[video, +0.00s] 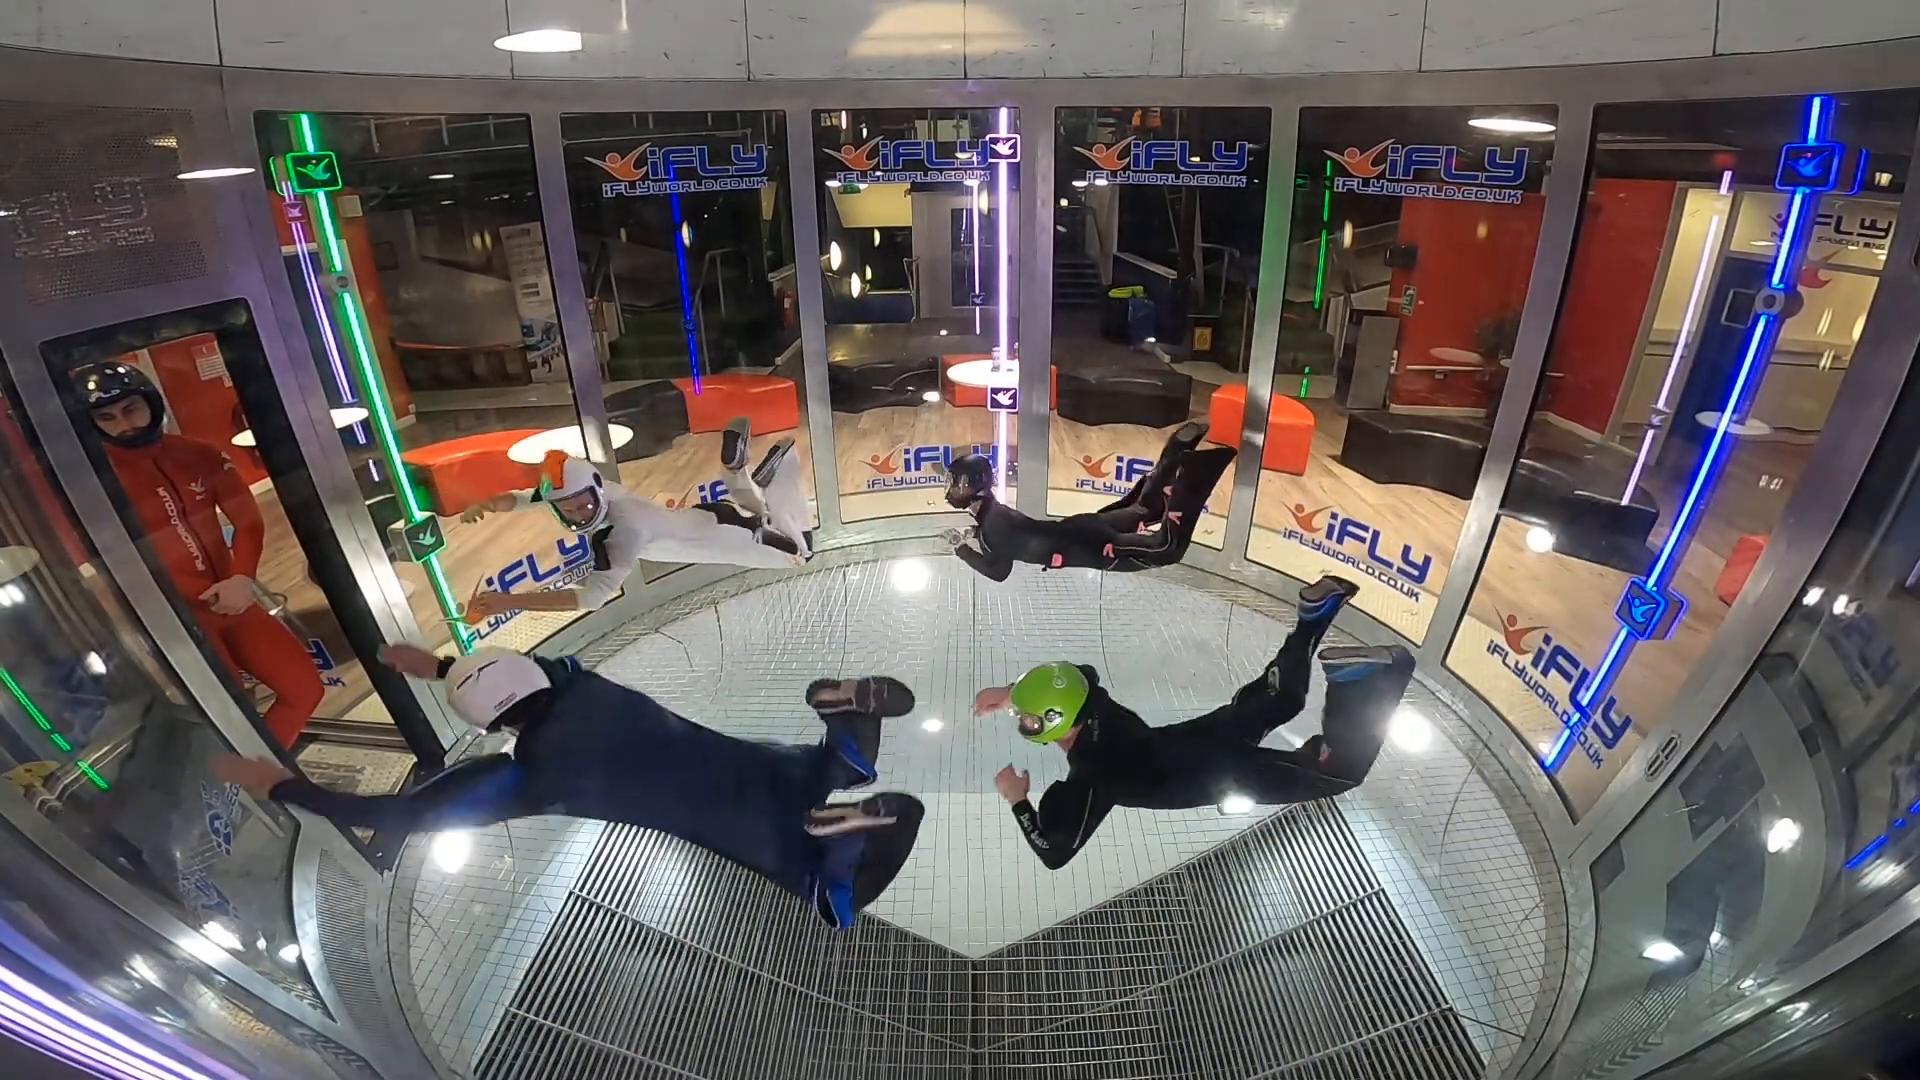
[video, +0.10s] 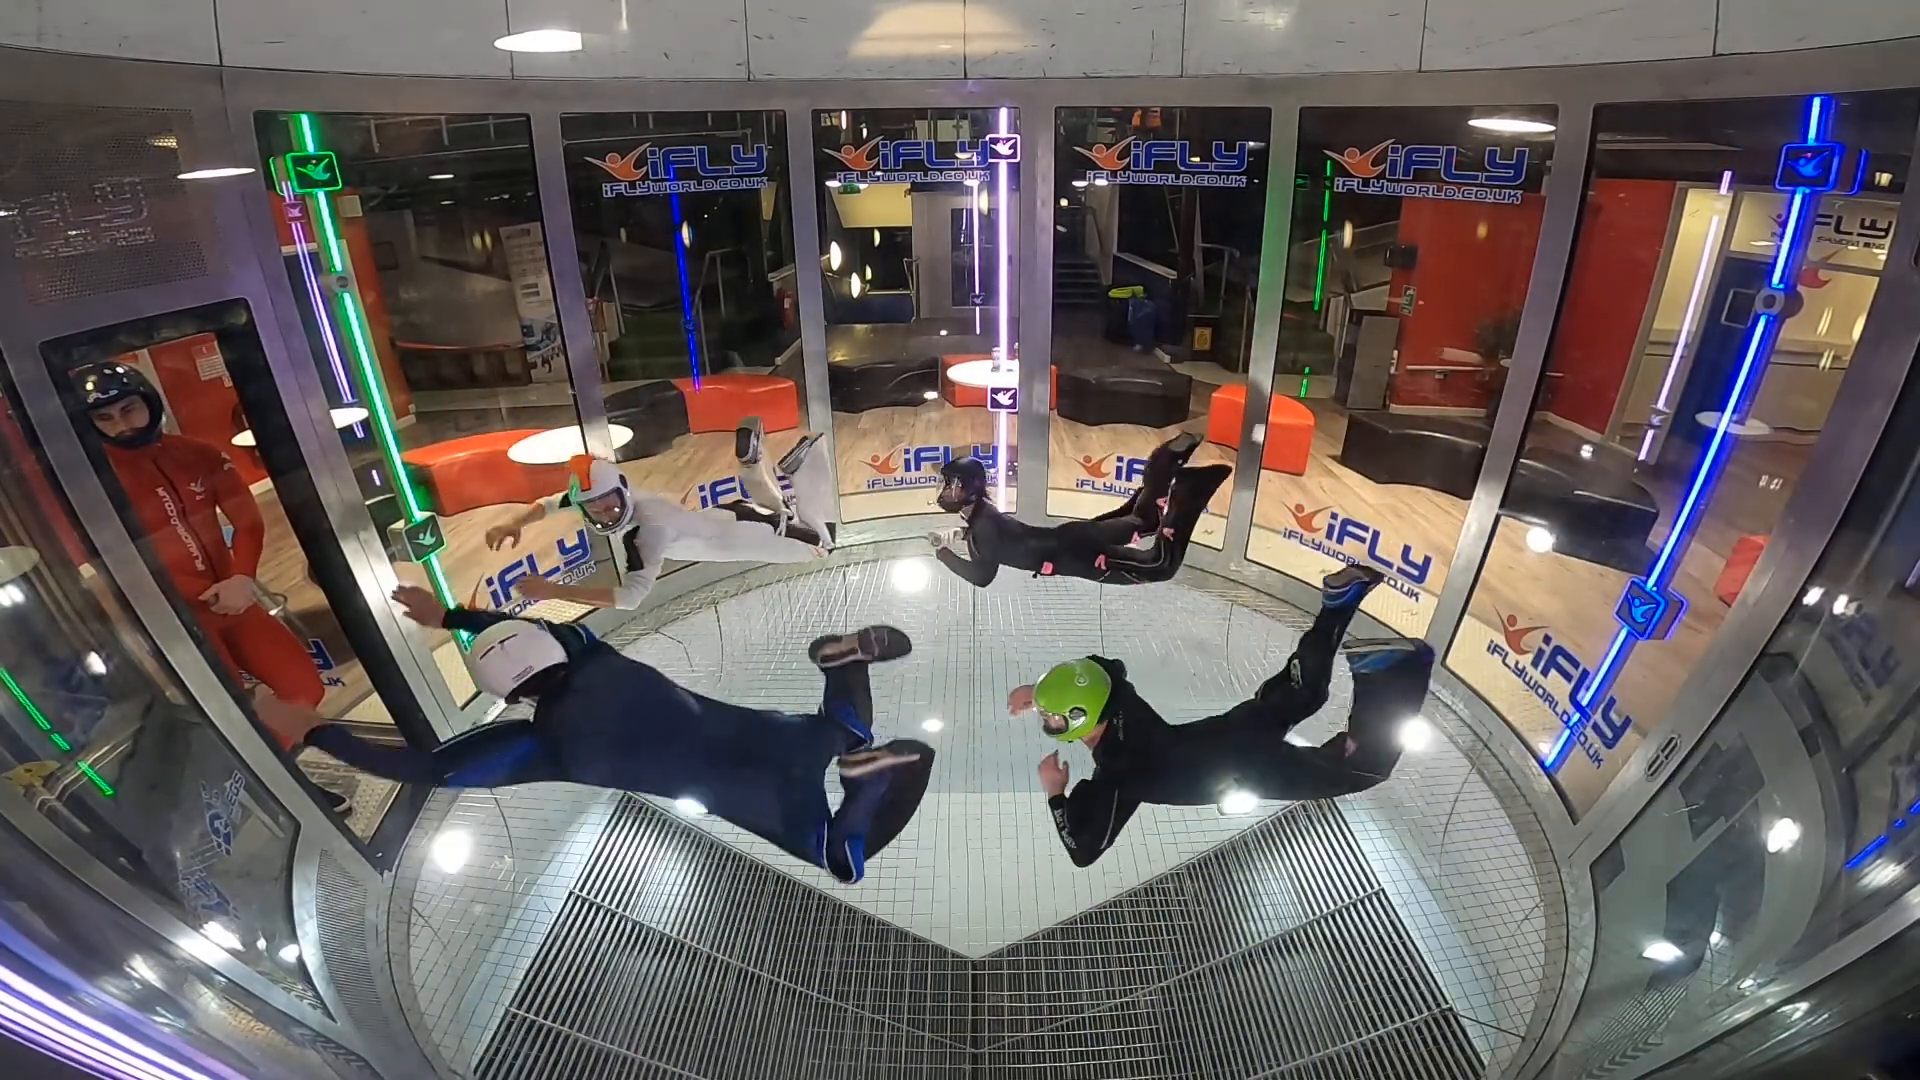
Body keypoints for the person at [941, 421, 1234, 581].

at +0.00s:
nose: (952, 489)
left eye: (960, 483)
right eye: (952, 482)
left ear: (979, 486)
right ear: (962, 484)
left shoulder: (994, 524)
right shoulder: (986, 513)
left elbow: (997, 572)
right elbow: (999, 564)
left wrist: (963, 550)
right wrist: (967, 544)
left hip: (1086, 545)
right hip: (1078, 529)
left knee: (1167, 548)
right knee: (1142, 508)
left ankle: (1189, 472)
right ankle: (1175, 450)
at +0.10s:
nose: (942, 493)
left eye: (949, 487)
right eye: (944, 485)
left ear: (968, 490)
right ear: (964, 489)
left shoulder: (982, 526)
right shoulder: (978, 517)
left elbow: (981, 577)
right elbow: (984, 567)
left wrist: (946, 556)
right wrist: (953, 549)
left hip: (1072, 554)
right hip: (1069, 536)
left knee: (1161, 567)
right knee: (1140, 521)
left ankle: (1188, 492)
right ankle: (1166, 461)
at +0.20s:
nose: (932, 490)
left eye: (940, 486)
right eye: (934, 484)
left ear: (958, 495)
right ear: (953, 492)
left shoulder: (972, 529)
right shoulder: (968, 518)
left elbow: (965, 579)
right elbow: (967, 563)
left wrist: (926, 549)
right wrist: (941, 540)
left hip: (1061, 563)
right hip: (1056, 546)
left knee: (1151, 582)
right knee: (1132, 534)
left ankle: (1177, 504)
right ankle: (1151, 473)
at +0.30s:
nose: (923, 492)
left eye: (928, 486)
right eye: (924, 486)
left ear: (946, 492)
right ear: (946, 490)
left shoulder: (963, 530)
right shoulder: (955, 519)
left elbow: (950, 581)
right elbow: (949, 553)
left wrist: (914, 550)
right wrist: (922, 531)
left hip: (1051, 570)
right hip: (1044, 554)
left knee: (1137, 594)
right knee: (1116, 551)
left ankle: (1160, 514)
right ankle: (1139, 495)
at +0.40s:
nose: (917, 491)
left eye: (924, 486)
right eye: (916, 484)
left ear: (941, 491)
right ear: (919, 488)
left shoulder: (944, 530)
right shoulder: (937, 519)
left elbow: (932, 584)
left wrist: (905, 558)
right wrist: (903, 546)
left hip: (1028, 575)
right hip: (1026, 560)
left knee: (1121, 607)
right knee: (1103, 562)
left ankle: (1137, 523)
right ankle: (1126, 506)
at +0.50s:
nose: (896, 493)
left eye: (904, 487)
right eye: (897, 486)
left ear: (922, 493)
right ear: (920, 490)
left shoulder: (932, 534)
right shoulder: (929, 516)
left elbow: (901, 583)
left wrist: (877, 542)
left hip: (1017, 580)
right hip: (1015, 563)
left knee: (1103, 616)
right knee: (1087, 561)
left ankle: (1137, 527)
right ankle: (1131, 509)